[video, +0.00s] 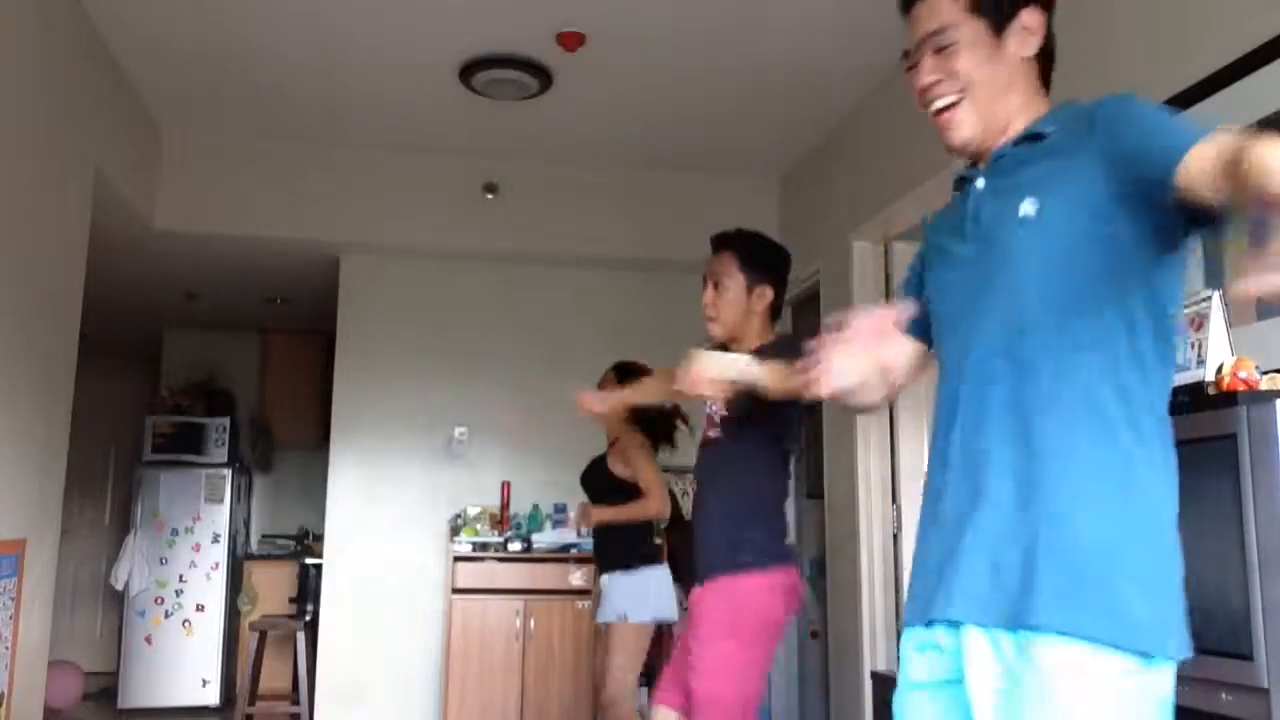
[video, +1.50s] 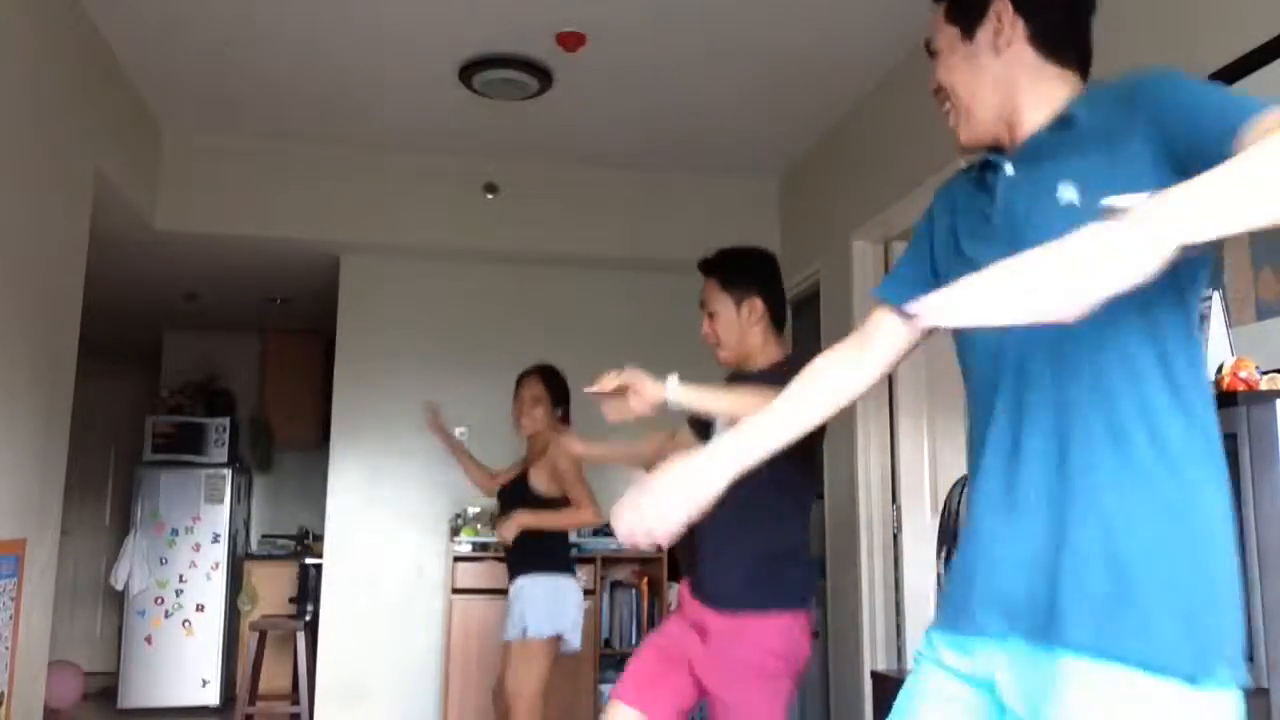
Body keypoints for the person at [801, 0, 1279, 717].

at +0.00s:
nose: (923, 77)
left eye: (943, 45)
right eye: (913, 61)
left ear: (1026, 31)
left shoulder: (1109, 132)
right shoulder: (946, 231)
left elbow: (1238, 164)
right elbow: (895, 361)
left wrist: (1266, 188)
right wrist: (864, 361)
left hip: (1093, 596)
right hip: (948, 596)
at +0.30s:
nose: (903, 92)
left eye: (915, 58)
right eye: (898, 74)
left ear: (995, 32)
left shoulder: (1103, 119)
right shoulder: (938, 222)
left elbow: (1243, 165)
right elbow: (853, 360)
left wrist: (1216, 267)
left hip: (1090, 578)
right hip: (968, 581)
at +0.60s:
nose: (937, 90)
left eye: (953, 60)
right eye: (935, 73)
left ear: (1041, 34)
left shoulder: (1156, 148)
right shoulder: (958, 247)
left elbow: (1273, 176)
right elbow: (834, 386)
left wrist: (1062, 236)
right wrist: (706, 510)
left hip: (1154, 656)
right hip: (976, 650)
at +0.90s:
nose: (910, 95)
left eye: (924, 64)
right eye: (907, 77)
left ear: (1007, 40)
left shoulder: (1083, 135)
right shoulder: (956, 237)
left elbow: (1182, 175)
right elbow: (901, 414)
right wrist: (894, 364)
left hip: (1075, 617)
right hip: (963, 619)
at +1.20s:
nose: (935, 52)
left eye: (950, 22)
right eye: (933, 34)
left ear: (1033, 12)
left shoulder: (1141, 100)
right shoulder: (942, 180)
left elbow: (1271, 128)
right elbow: (848, 314)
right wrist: (734, 438)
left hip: (1108, 587)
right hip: (964, 583)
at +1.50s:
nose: (933, 82)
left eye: (939, 52)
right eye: (931, 61)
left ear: (1003, 26)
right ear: (992, 36)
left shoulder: (1152, 108)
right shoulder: (957, 206)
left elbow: (1277, 142)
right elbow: (864, 352)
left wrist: (1143, 233)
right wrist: (705, 470)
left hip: (1149, 622)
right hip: (986, 617)